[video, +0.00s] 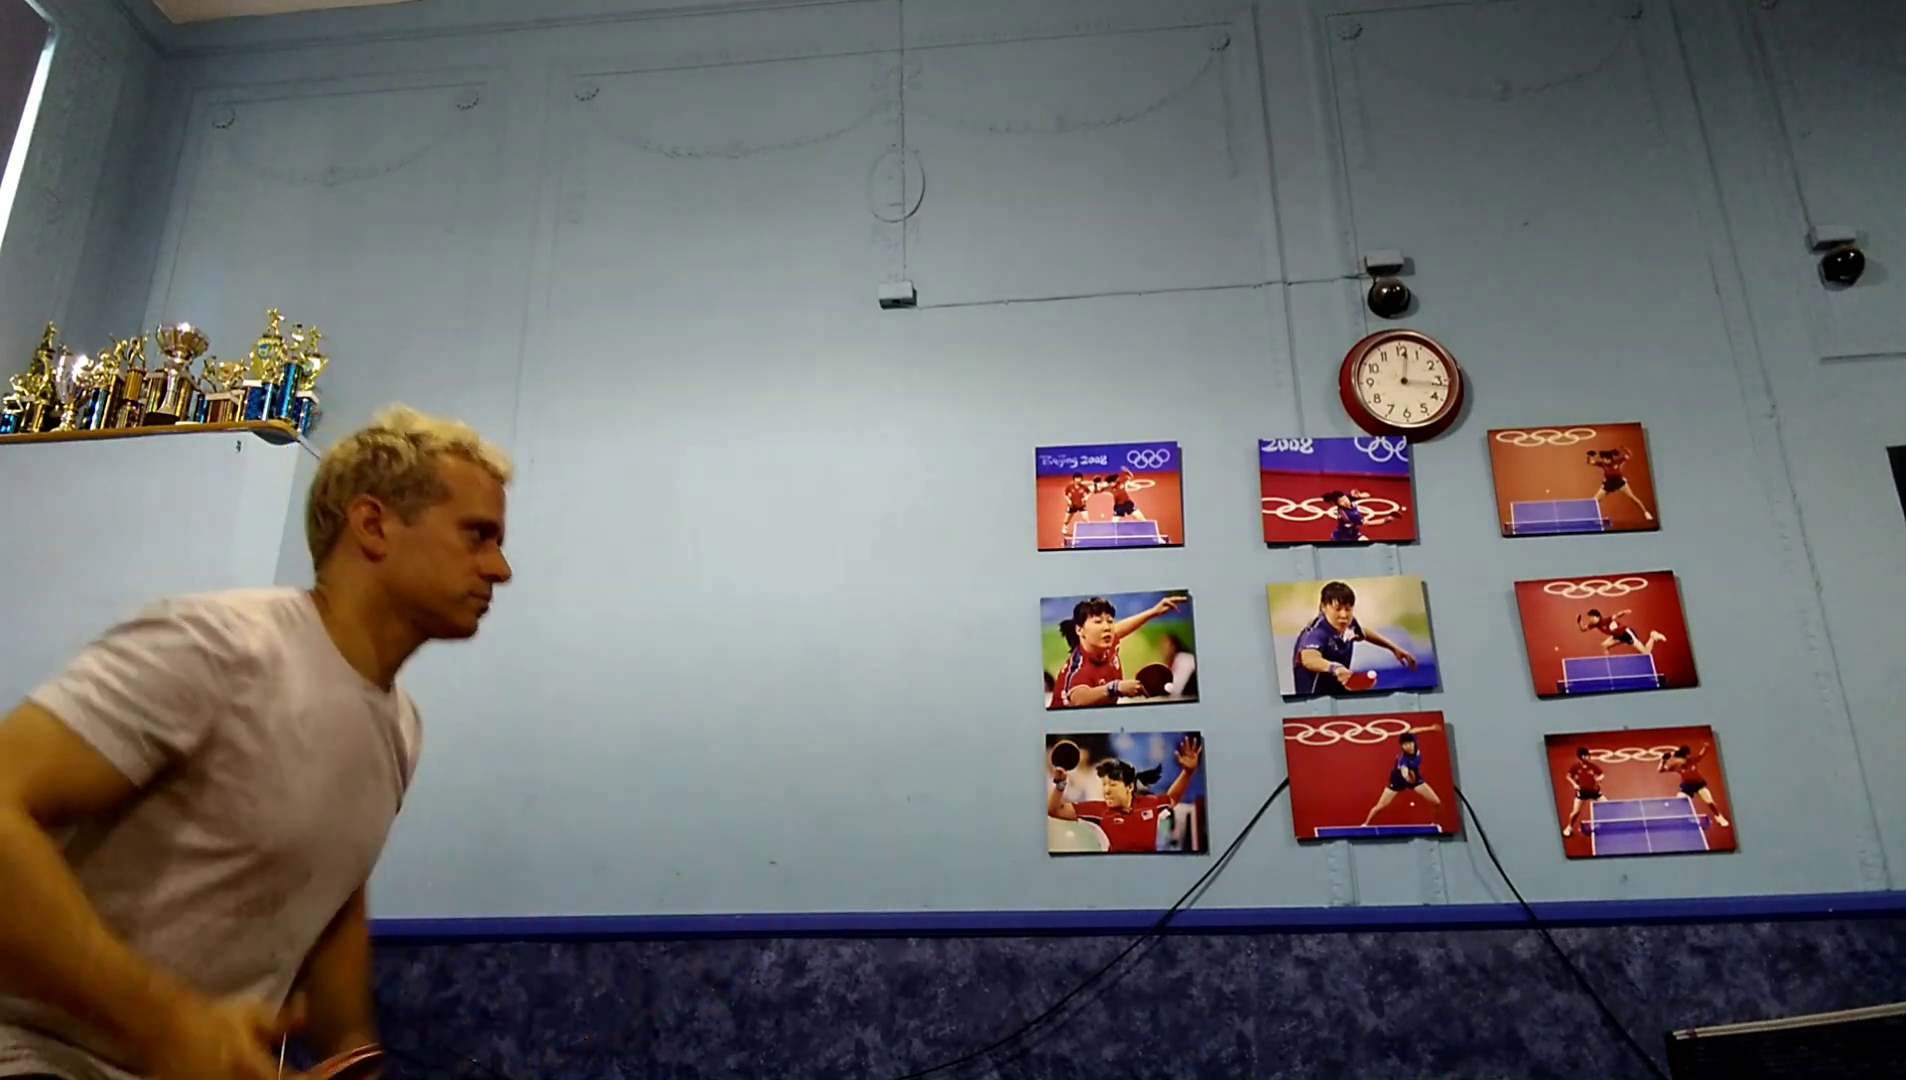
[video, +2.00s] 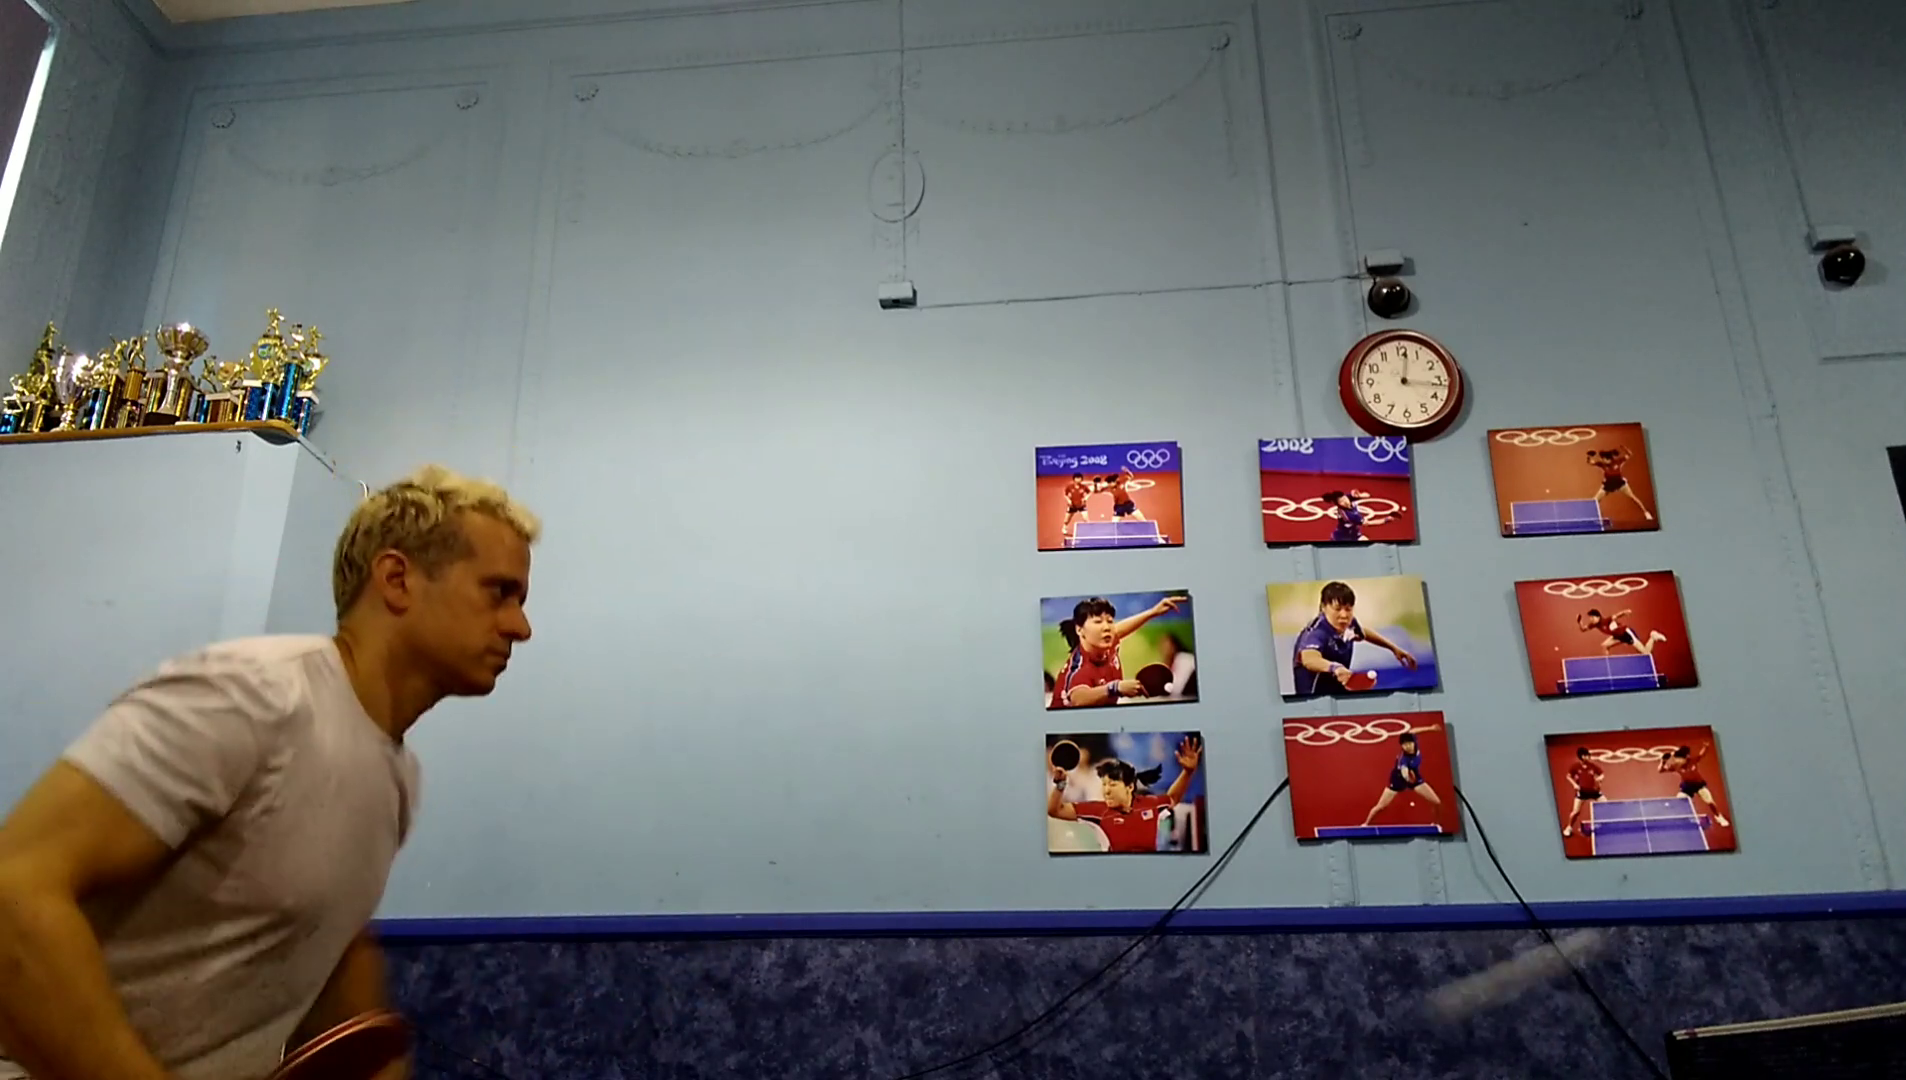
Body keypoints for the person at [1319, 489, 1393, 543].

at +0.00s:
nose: (1344, 502)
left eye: (1344, 499)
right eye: (1341, 502)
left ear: (1346, 497)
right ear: (1338, 505)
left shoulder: (1350, 500)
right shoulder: (1349, 515)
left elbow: (1367, 496)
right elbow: (1367, 523)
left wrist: (1360, 495)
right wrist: (1385, 520)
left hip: (1356, 536)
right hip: (1342, 538)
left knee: (1370, 547)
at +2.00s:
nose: (1344, 502)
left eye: (1344, 499)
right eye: (1341, 502)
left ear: (1346, 497)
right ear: (1339, 505)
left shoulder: (1349, 498)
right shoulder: (1349, 515)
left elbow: (1367, 496)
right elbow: (1366, 523)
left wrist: (1360, 495)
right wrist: (1385, 520)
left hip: (1356, 536)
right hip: (1341, 538)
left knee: (1371, 548)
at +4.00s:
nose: (1344, 502)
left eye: (1344, 499)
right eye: (1341, 502)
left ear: (1346, 497)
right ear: (1339, 505)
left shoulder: (1349, 498)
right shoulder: (1350, 515)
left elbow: (1367, 496)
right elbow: (1366, 523)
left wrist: (1360, 495)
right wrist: (1385, 520)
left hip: (1356, 536)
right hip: (1341, 538)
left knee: (1371, 548)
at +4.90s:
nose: (1344, 502)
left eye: (1344, 499)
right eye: (1341, 502)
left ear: (1346, 497)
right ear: (1339, 505)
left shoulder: (1348, 497)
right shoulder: (1350, 515)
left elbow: (1367, 495)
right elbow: (1366, 523)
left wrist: (1360, 495)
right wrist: (1384, 520)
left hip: (1355, 536)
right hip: (1341, 538)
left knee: (1371, 548)